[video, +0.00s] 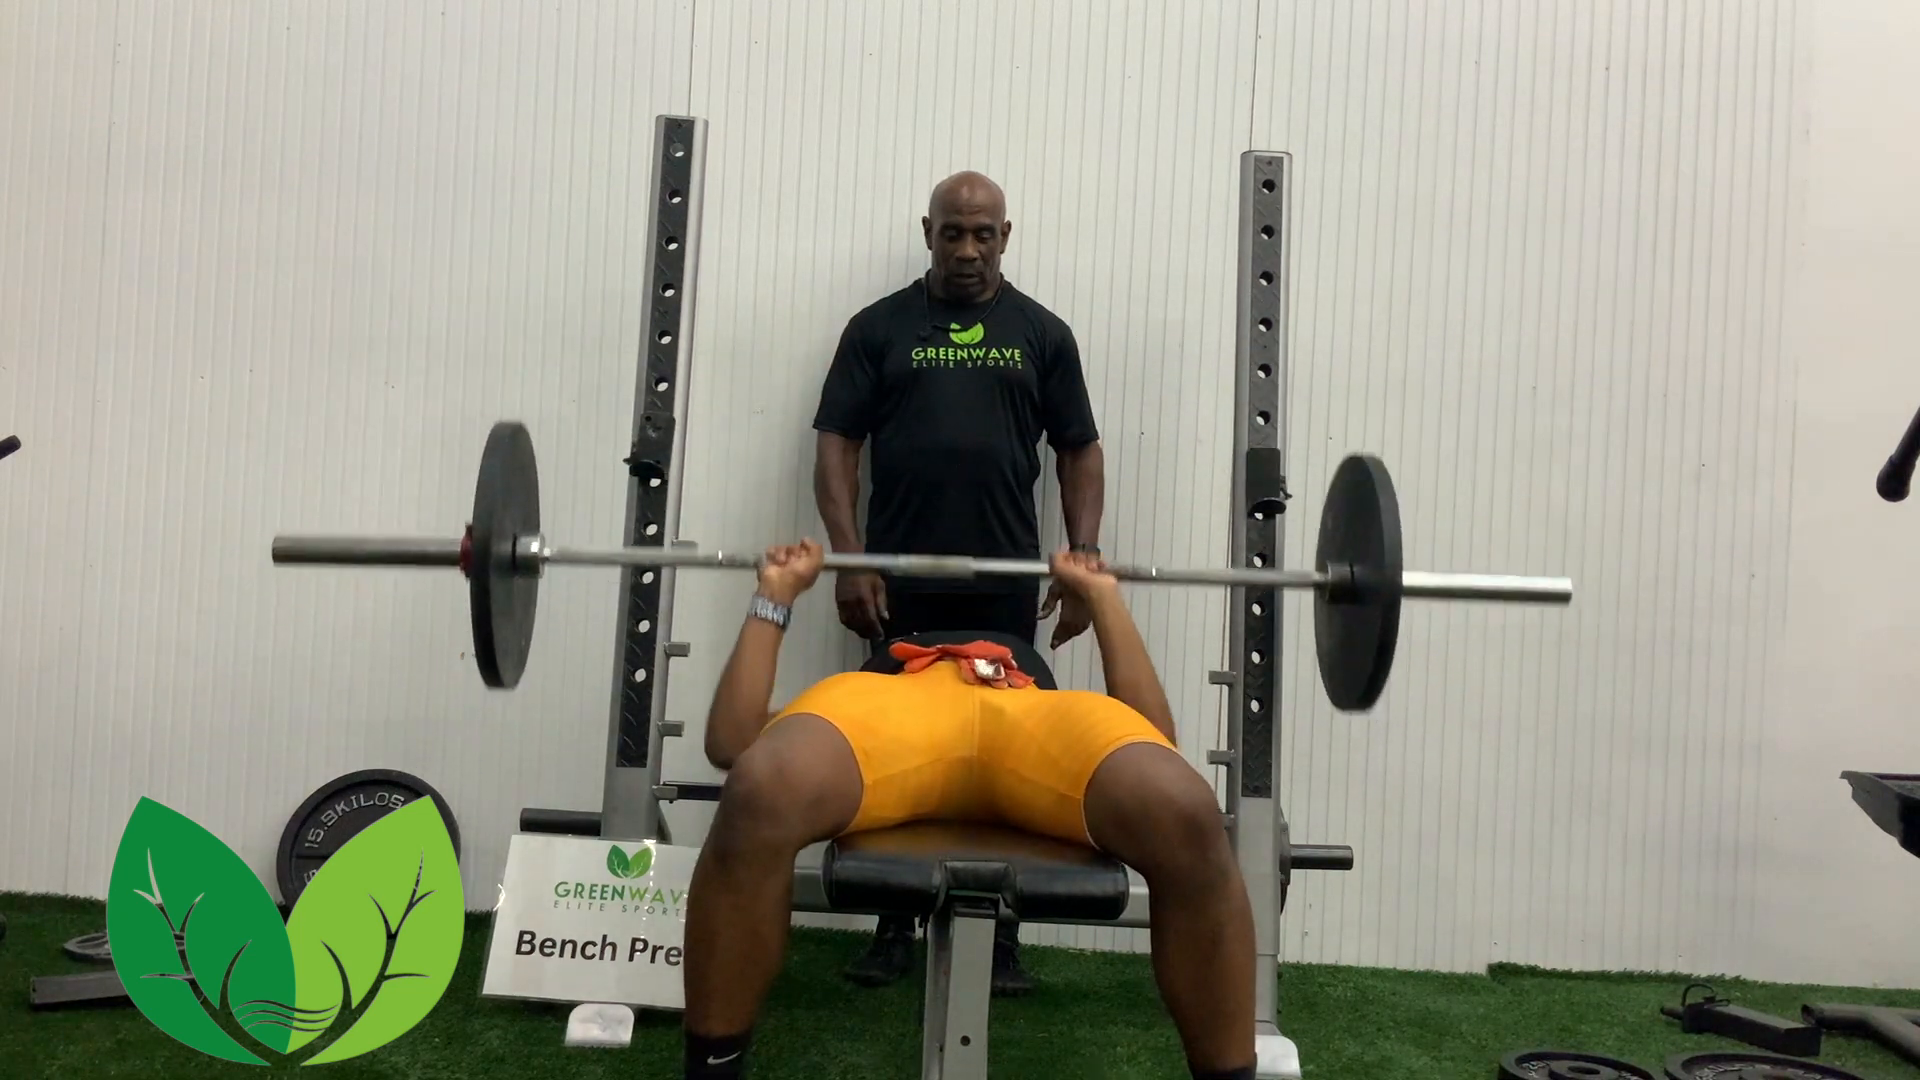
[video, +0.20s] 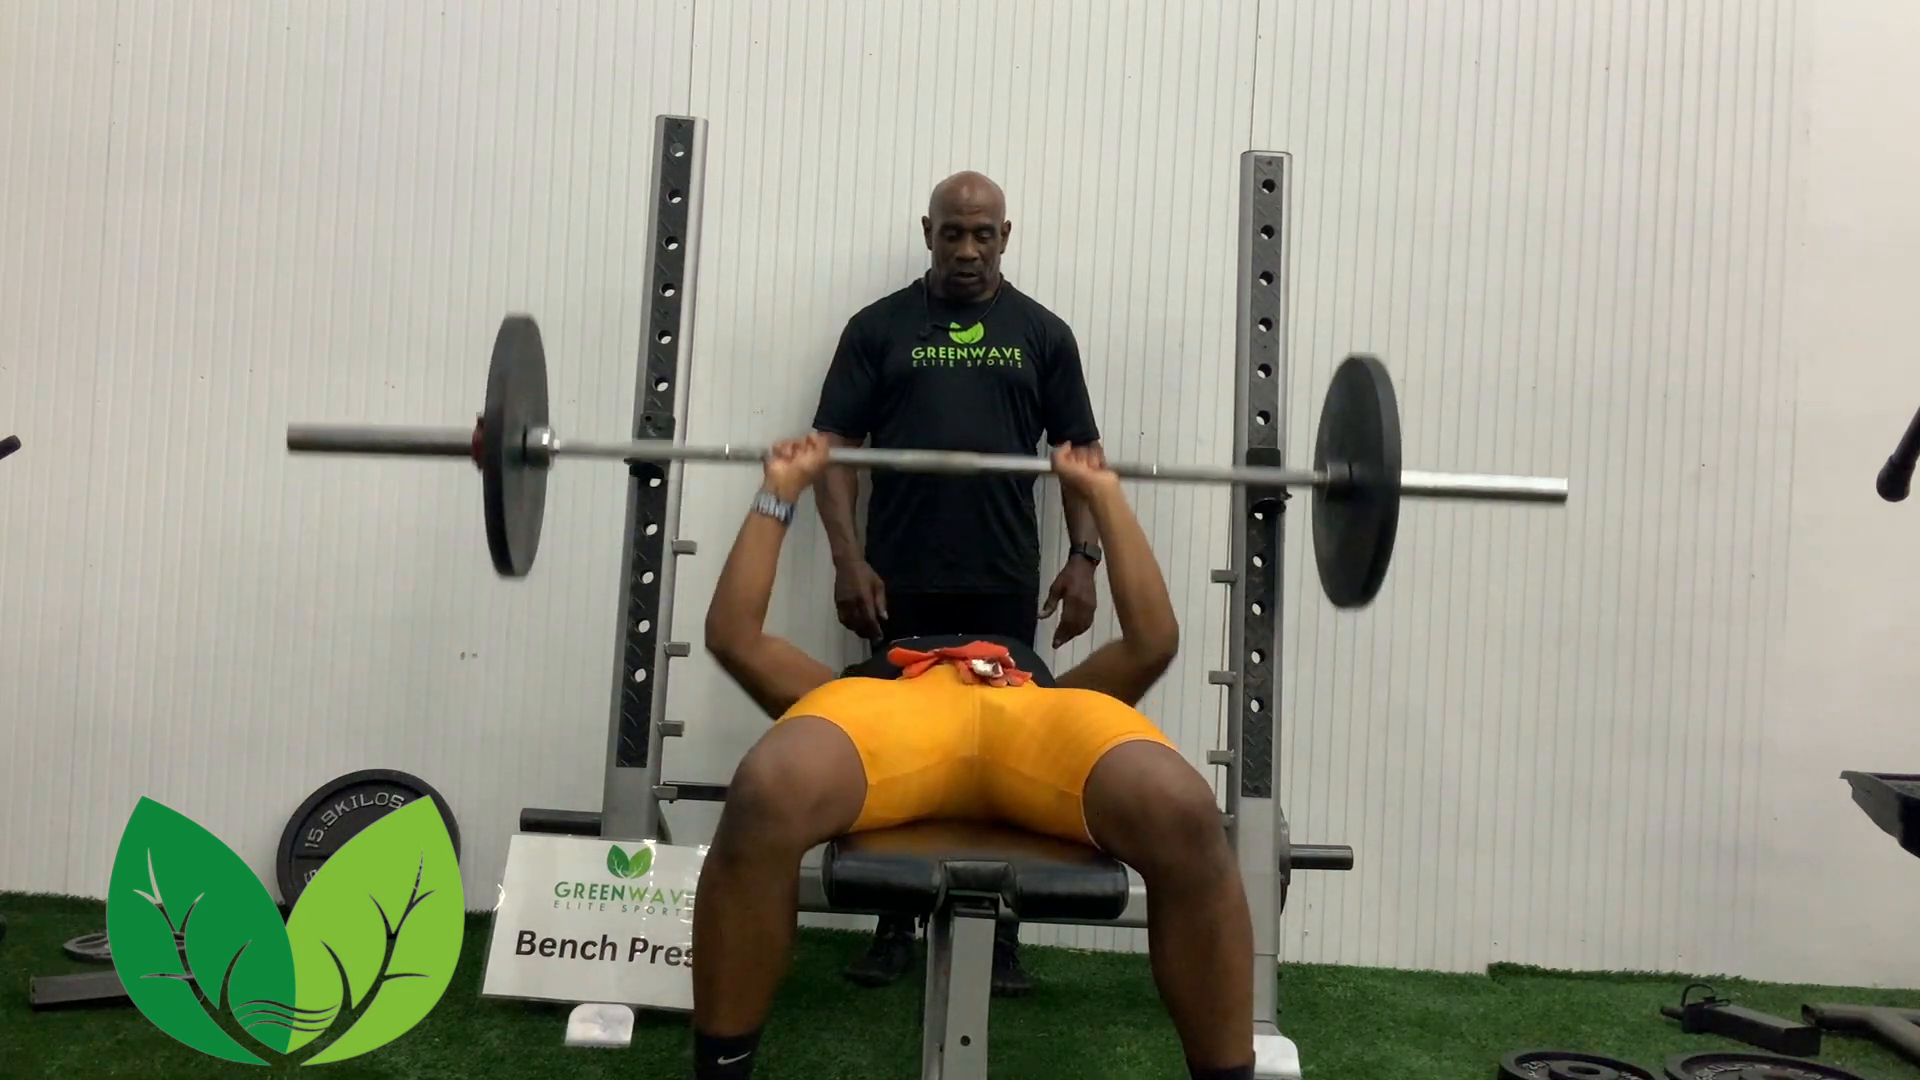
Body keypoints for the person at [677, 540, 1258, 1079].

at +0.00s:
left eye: (999, 663)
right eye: (935, 650)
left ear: (1019, 681)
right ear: (909, 651)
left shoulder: (1046, 698)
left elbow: (1156, 741)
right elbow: (730, 745)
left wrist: (1105, 595)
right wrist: (772, 604)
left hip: (1039, 713)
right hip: (880, 699)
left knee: (1189, 821)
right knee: (756, 794)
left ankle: (1230, 1073)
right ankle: (712, 1067)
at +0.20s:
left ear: (1016, 666)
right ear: (906, 659)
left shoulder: (1053, 688)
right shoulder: (863, 684)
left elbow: (1150, 639)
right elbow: (733, 632)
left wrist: (1102, 492)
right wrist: (778, 498)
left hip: (1044, 712)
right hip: (883, 705)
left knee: (1187, 817)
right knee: (763, 793)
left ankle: (1228, 1073)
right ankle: (723, 1065)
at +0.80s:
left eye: (1004, 657)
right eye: (942, 655)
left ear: (1024, 670)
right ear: (922, 664)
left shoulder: (1050, 685)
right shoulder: (875, 682)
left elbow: (1171, 708)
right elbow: (745, 700)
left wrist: (1125, 555)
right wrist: (790, 559)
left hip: (1043, 706)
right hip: (895, 698)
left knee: (1189, 820)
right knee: (760, 793)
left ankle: (1226, 1073)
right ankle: (712, 1066)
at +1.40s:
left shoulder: (1064, 691)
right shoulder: (859, 684)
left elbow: (1149, 611)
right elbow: (761, 595)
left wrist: (1128, 453)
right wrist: (796, 451)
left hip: (1040, 708)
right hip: (890, 702)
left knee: (1179, 817)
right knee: (759, 789)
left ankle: (1224, 1070)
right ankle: (716, 1064)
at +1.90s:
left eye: (1001, 656)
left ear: (1019, 662)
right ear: (915, 657)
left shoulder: (1058, 691)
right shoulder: (874, 680)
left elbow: (1171, 703)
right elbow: (755, 685)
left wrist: (1136, 552)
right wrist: (805, 547)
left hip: (1041, 704)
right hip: (895, 696)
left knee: (1179, 822)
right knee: (758, 792)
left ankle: (1224, 1069)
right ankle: (712, 1066)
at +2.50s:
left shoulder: (1063, 689)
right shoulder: (854, 681)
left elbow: (1143, 607)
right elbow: (790, 577)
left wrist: (1138, 447)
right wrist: (810, 430)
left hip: (1044, 707)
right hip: (891, 696)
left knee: (1189, 819)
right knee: (758, 789)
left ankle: (1223, 1072)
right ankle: (712, 1065)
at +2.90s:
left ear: (1029, 677)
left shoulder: (1057, 685)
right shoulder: (877, 670)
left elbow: (1153, 661)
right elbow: (785, 642)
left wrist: (1145, 512)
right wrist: (819, 508)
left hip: (1048, 712)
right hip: (892, 702)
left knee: (1179, 822)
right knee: (754, 786)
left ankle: (1224, 1073)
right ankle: (713, 1066)